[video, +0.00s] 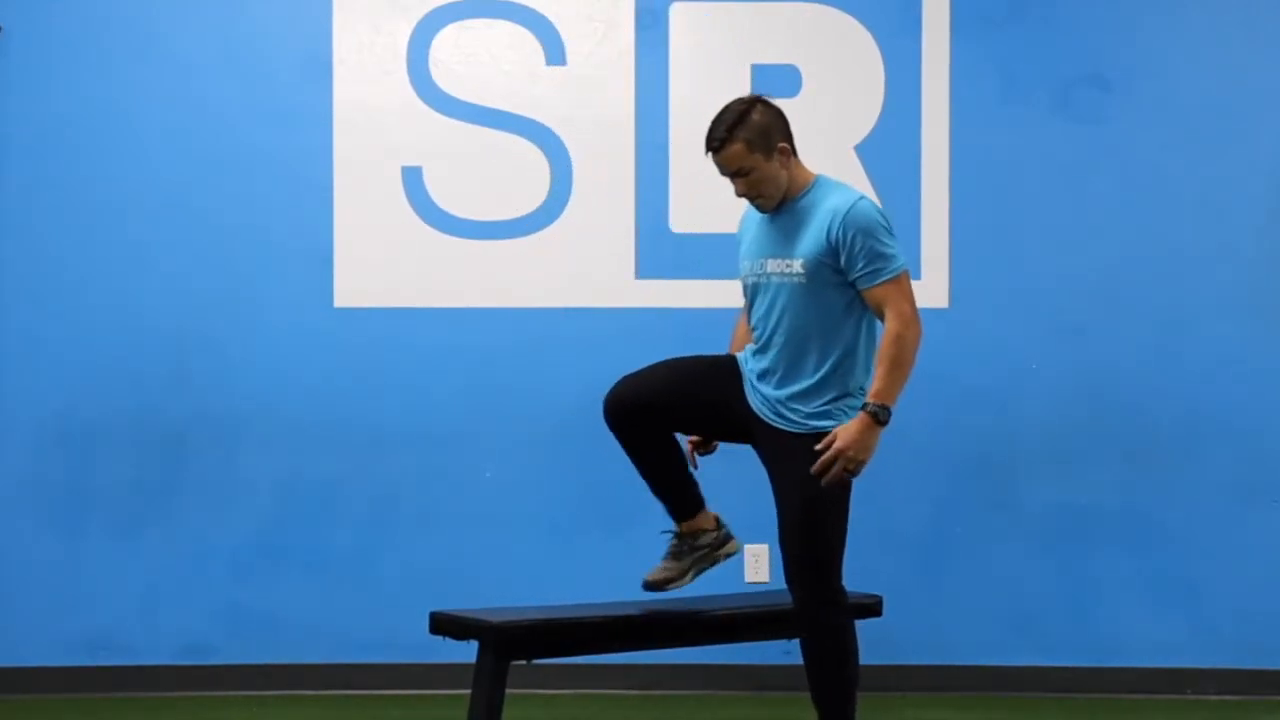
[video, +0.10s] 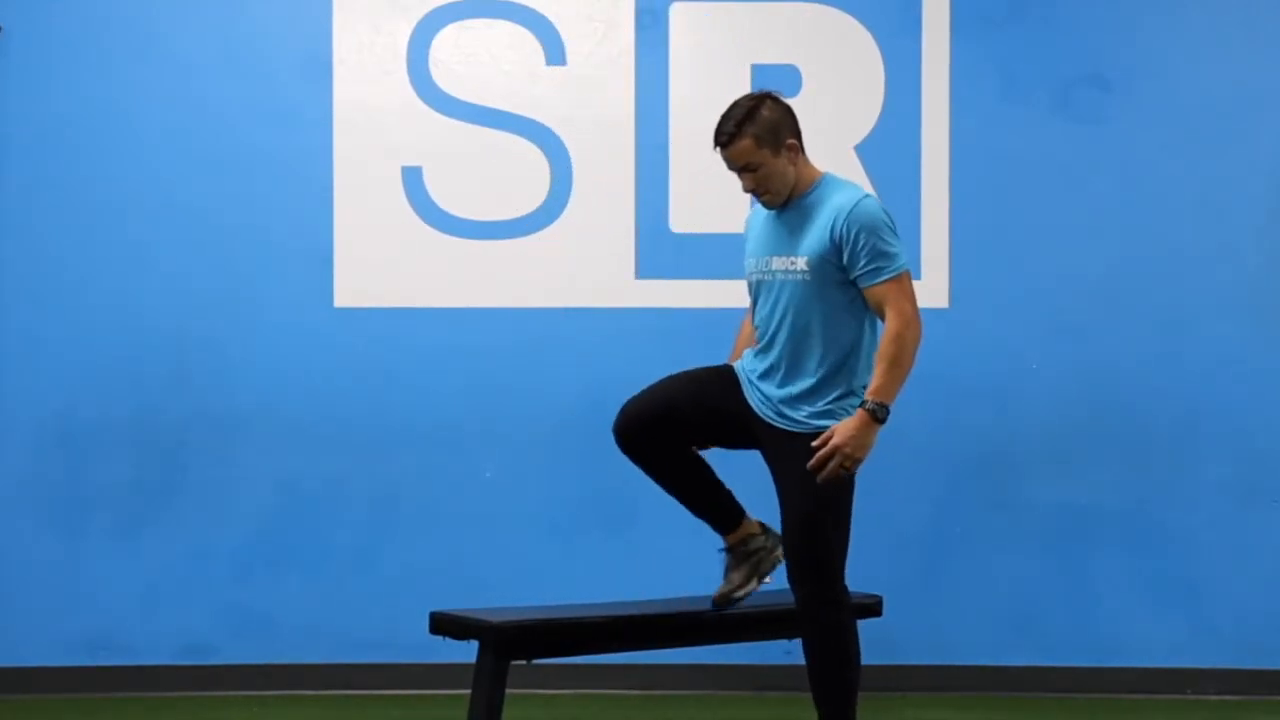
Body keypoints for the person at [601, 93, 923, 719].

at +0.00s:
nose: (737, 188)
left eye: (742, 173)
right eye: (729, 176)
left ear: (784, 154)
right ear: (728, 167)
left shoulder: (850, 215)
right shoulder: (756, 220)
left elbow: (903, 320)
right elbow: (752, 320)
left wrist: (872, 418)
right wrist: (714, 414)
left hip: (814, 427)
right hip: (751, 390)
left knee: (815, 591)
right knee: (630, 404)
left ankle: (836, 715)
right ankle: (697, 529)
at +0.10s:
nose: (745, 184)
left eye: (751, 169)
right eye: (737, 171)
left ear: (792, 151)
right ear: (739, 162)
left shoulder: (854, 214)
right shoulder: (763, 214)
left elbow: (904, 319)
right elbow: (761, 312)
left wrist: (870, 416)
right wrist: (733, 380)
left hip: (817, 426)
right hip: (754, 394)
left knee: (817, 588)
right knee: (640, 425)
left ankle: (837, 714)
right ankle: (745, 539)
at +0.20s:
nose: (749, 184)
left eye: (756, 169)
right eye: (741, 172)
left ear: (797, 151)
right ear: (741, 163)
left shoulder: (860, 215)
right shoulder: (767, 212)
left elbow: (905, 322)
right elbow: (766, 314)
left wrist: (873, 418)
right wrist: (727, 394)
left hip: (825, 428)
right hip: (757, 407)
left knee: (823, 597)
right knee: (662, 482)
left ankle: (839, 715)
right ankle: (765, 605)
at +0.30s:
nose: (752, 185)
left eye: (759, 170)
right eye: (744, 173)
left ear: (798, 149)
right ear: (747, 163)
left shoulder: (863, 216)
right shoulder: (766, 216)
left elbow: (908, 324)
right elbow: (766, 321)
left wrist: (880, 419)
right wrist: (723, 408)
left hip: (827, 434)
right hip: (753, 424)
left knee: (825, 599)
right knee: (699, 537)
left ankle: (840, 715)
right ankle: (778, 675)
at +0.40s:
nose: (752, 186)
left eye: (759, 171)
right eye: (744, 173)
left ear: (799, 151)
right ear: (744, 162)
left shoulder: (863, 215)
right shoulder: (763, 218)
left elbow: (910, 323)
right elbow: (764, 323)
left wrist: (887, 421)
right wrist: (727, 415)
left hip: (829, 434)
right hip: (756, 433)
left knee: (828, 593)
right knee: (736, 572)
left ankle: (840, 715)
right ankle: (787, 709)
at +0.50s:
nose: (750, 188)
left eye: (758, 173)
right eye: (742, 175)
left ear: (797, 154)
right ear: (737, 164)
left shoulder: (862, 218)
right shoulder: (760, 221)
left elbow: (911, 325)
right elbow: (761, 326)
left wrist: (894, 425)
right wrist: (727, 417)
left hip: (830, 439)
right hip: (759, 442)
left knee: (827, 597)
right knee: (760, 593)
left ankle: (839, 714)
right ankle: (800, 713)